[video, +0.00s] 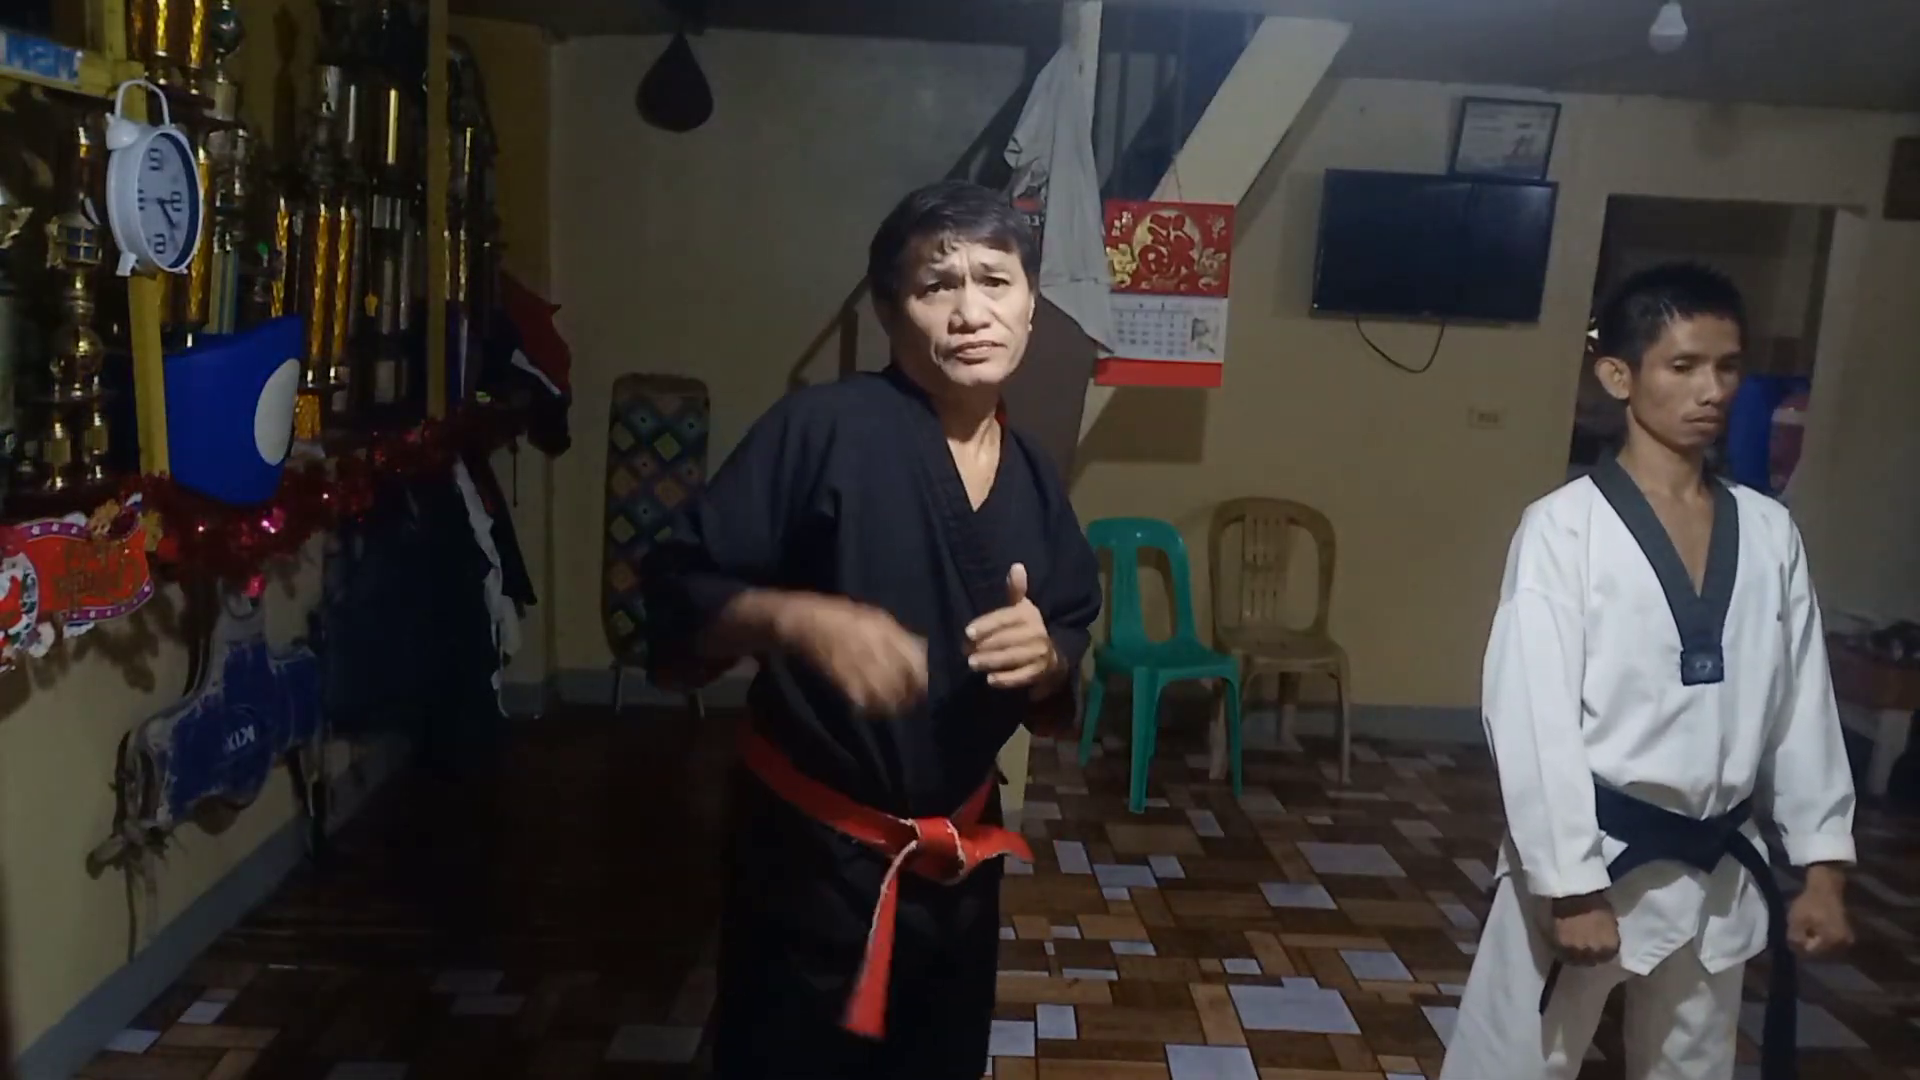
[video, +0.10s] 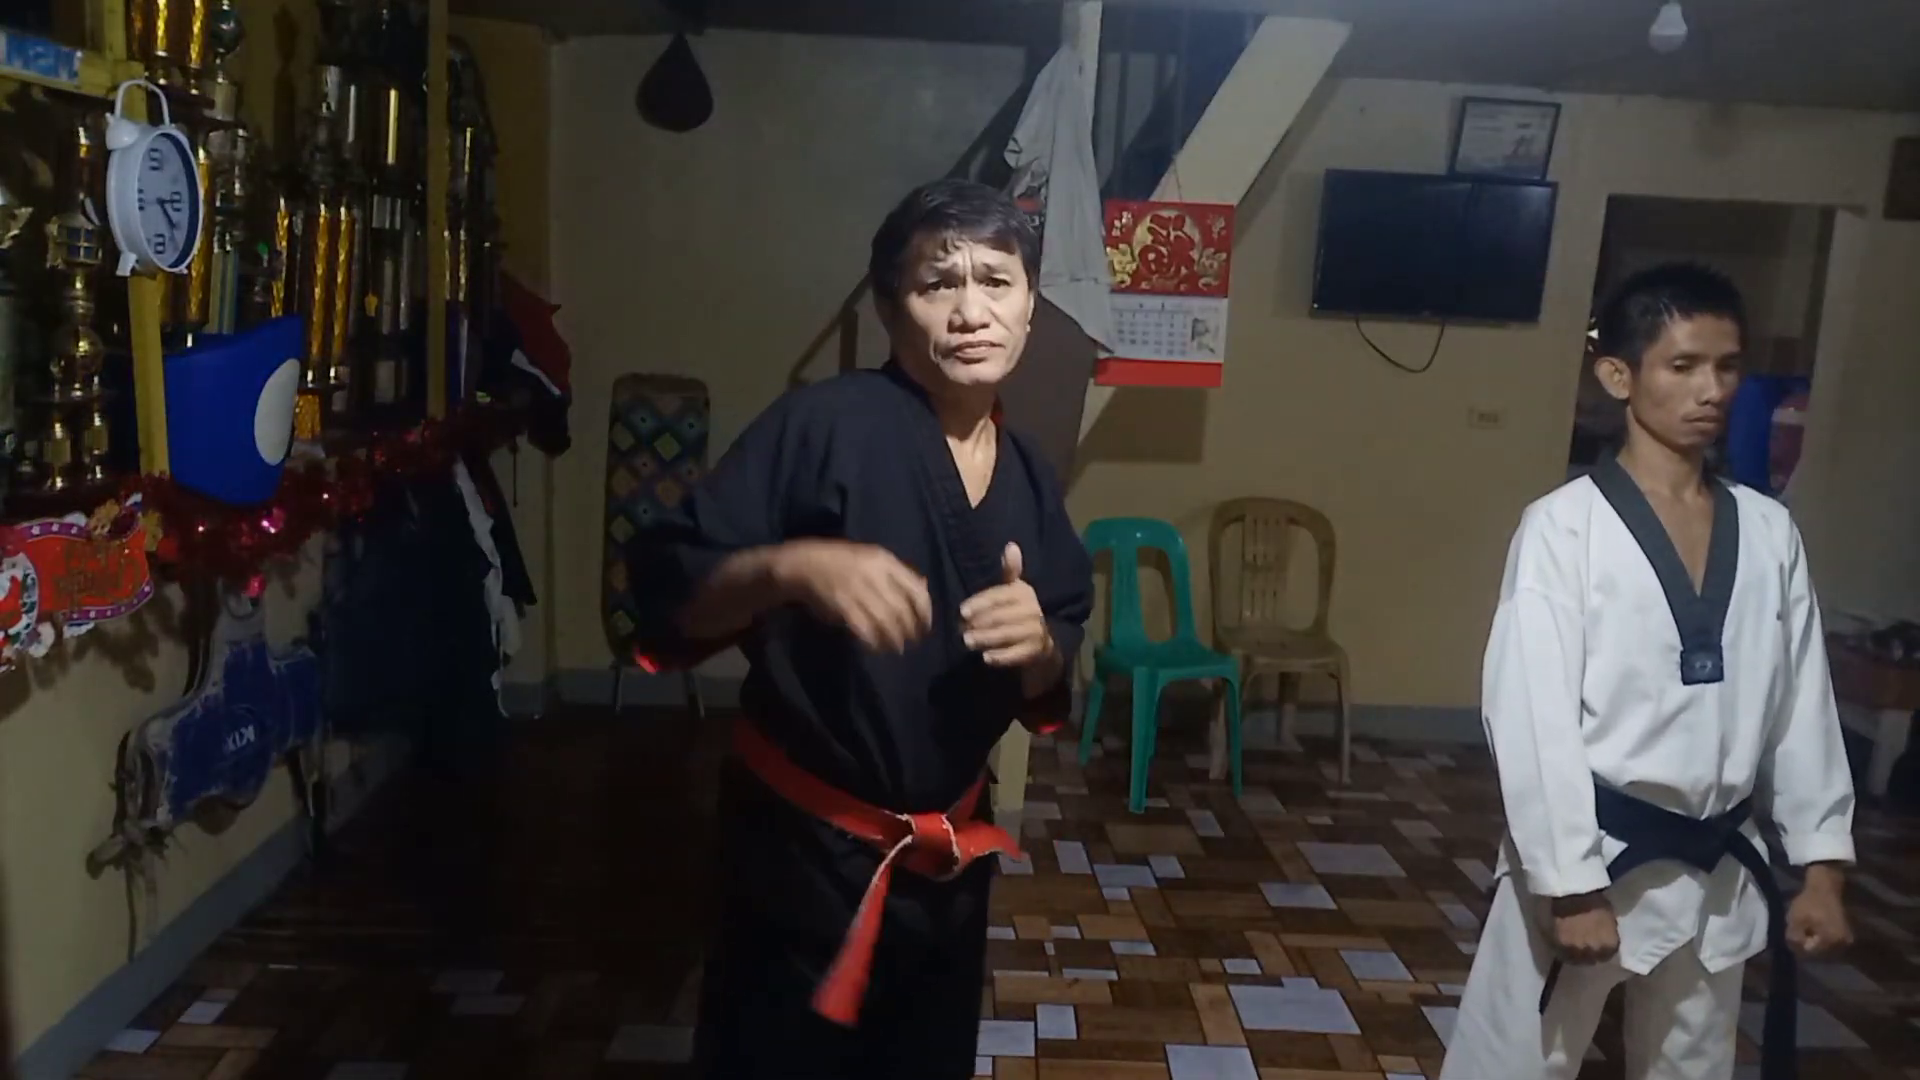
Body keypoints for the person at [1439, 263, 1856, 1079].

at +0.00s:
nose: (1712, 391)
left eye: (1726, 367)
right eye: (1684, 366)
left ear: (1741, 373)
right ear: (1616, 376)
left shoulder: (1769, 530)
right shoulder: (1562, 529)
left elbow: (1803, 703)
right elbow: (1532, 714)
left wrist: (1824, 865)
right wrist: (1574, 886)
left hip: (1718, 873)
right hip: (1583, 870)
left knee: (1692, 1069)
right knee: (1523, 1065)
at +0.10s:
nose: (1712, 390)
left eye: (1726, 366)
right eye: (1684, 366)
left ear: (1741, 372)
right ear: (1617, 376)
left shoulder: (1769, 530)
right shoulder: (1562, 528)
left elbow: (1803, 703)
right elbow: (1531, 713)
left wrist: (1823, 865)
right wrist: (1574, 884)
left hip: (1718, 872)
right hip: (1582, 869)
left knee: (1691, 1069)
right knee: (1523, 1065)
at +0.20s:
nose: (1712, 390)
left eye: (1726, 366)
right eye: (1683, 366)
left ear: (1740, 372)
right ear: (1616, 376)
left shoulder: (1769, 529)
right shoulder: (1561, 528)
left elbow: (1803, 703)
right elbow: (1531, 713)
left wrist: (1823, 865)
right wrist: (1574, 884)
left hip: (1718, 872)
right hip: (1582, 868)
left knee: (1691, 1069)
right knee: (1521, 1065)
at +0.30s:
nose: (1712, 390)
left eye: (1725, 365)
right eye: (1683, 365)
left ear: (1740, 371)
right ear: (1616, 376)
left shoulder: (1768, 528)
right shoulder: (1562, 527)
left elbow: (1803, 702)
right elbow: (1531, 713)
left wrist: (1822, 865)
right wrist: (1574, 884)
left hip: (1718, 870)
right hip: (1581, 866)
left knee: (1692, 1070)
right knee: (1520, 1065)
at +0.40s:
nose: (1711, 389)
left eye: (1725, 365)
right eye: (1683, 365)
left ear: (1739, 371)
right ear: (1616, 376)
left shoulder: (1769, 529)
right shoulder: (1562, 527)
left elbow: (1802, 703)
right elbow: (1532, 712)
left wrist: (1823, 864)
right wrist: (1575, 883)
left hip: (1717, 871)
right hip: (1581, 867)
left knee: (1691, 1070)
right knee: (1520, 1065)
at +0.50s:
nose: (1710, 390)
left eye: (1724, 365)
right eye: (1681, 365)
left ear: (1739, 371)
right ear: (1616, 377)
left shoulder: (1769, 529)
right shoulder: (1562, 527)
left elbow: (1802, 702)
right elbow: (1533, 712)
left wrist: (1823, 864)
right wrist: (1576, 884)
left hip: (1719, 874)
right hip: (1583, 870)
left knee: (1693, 1069)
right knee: (1523, 1065)